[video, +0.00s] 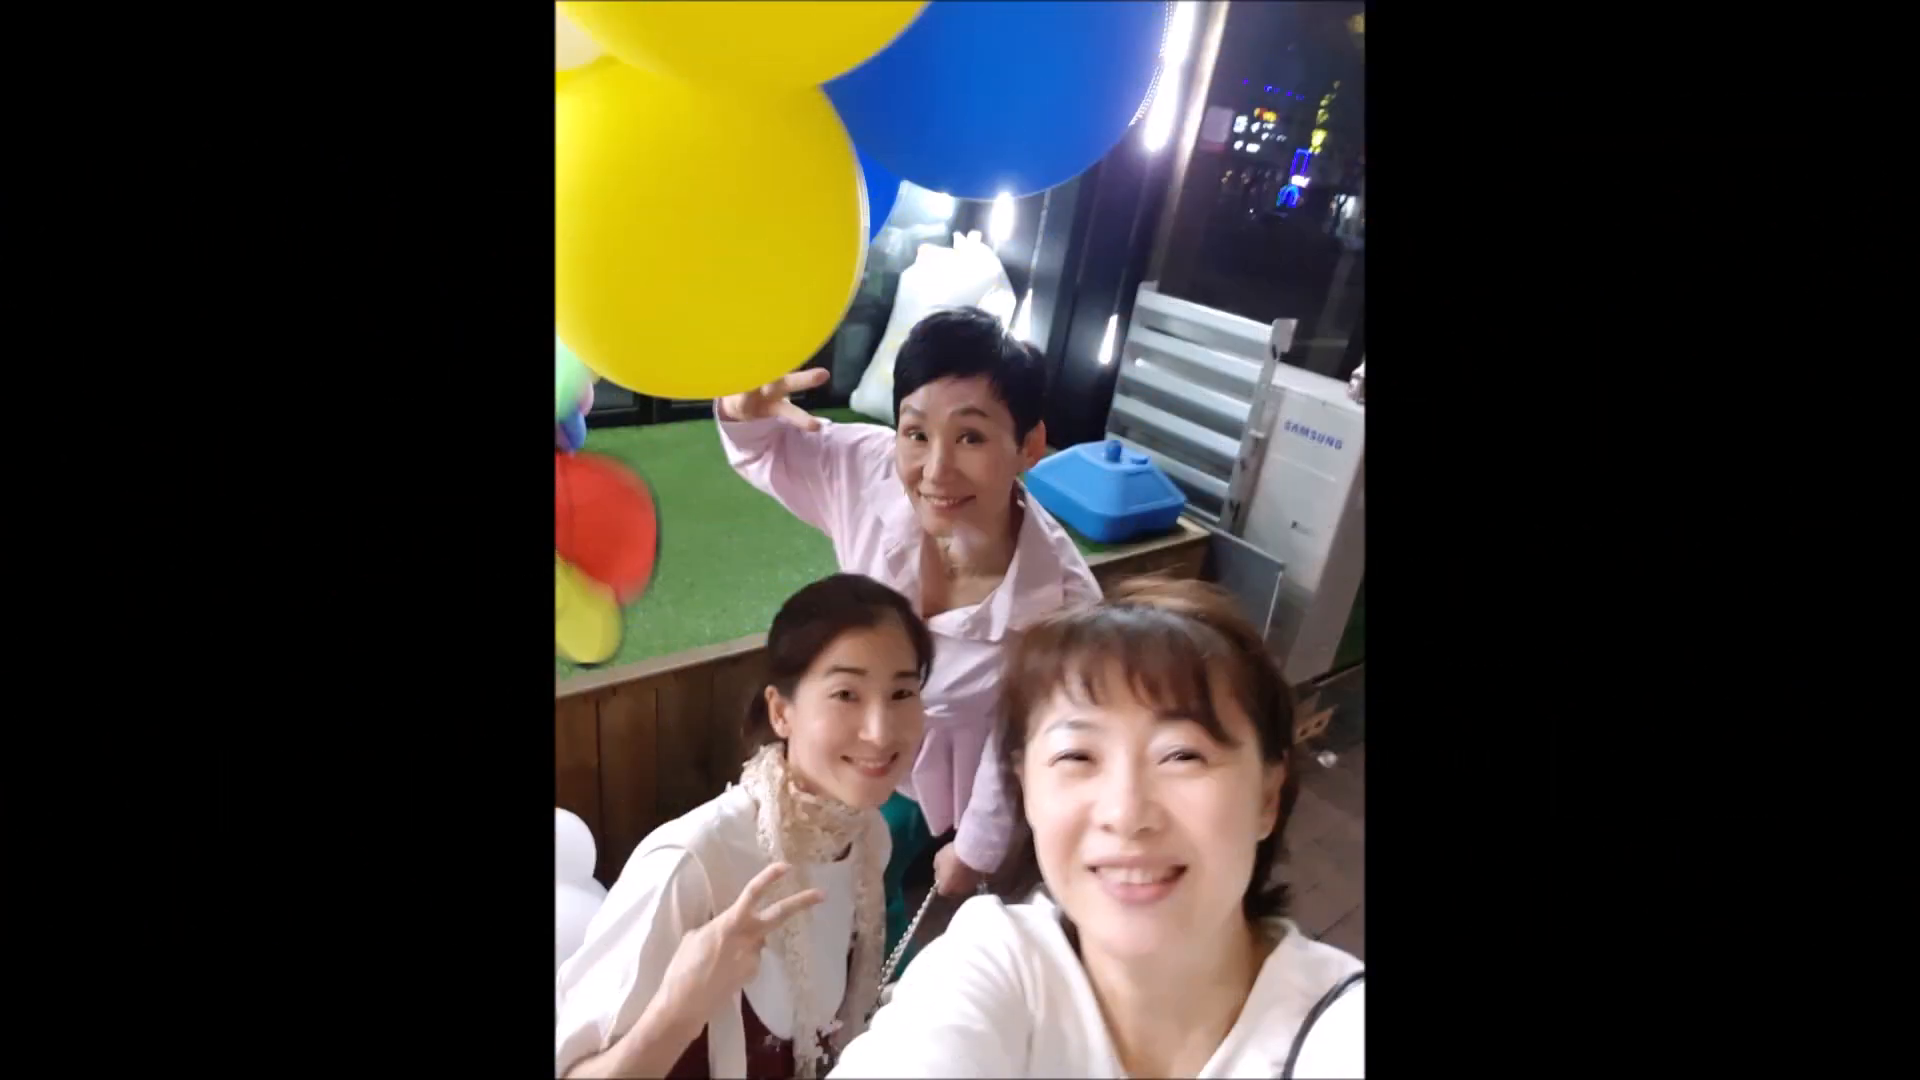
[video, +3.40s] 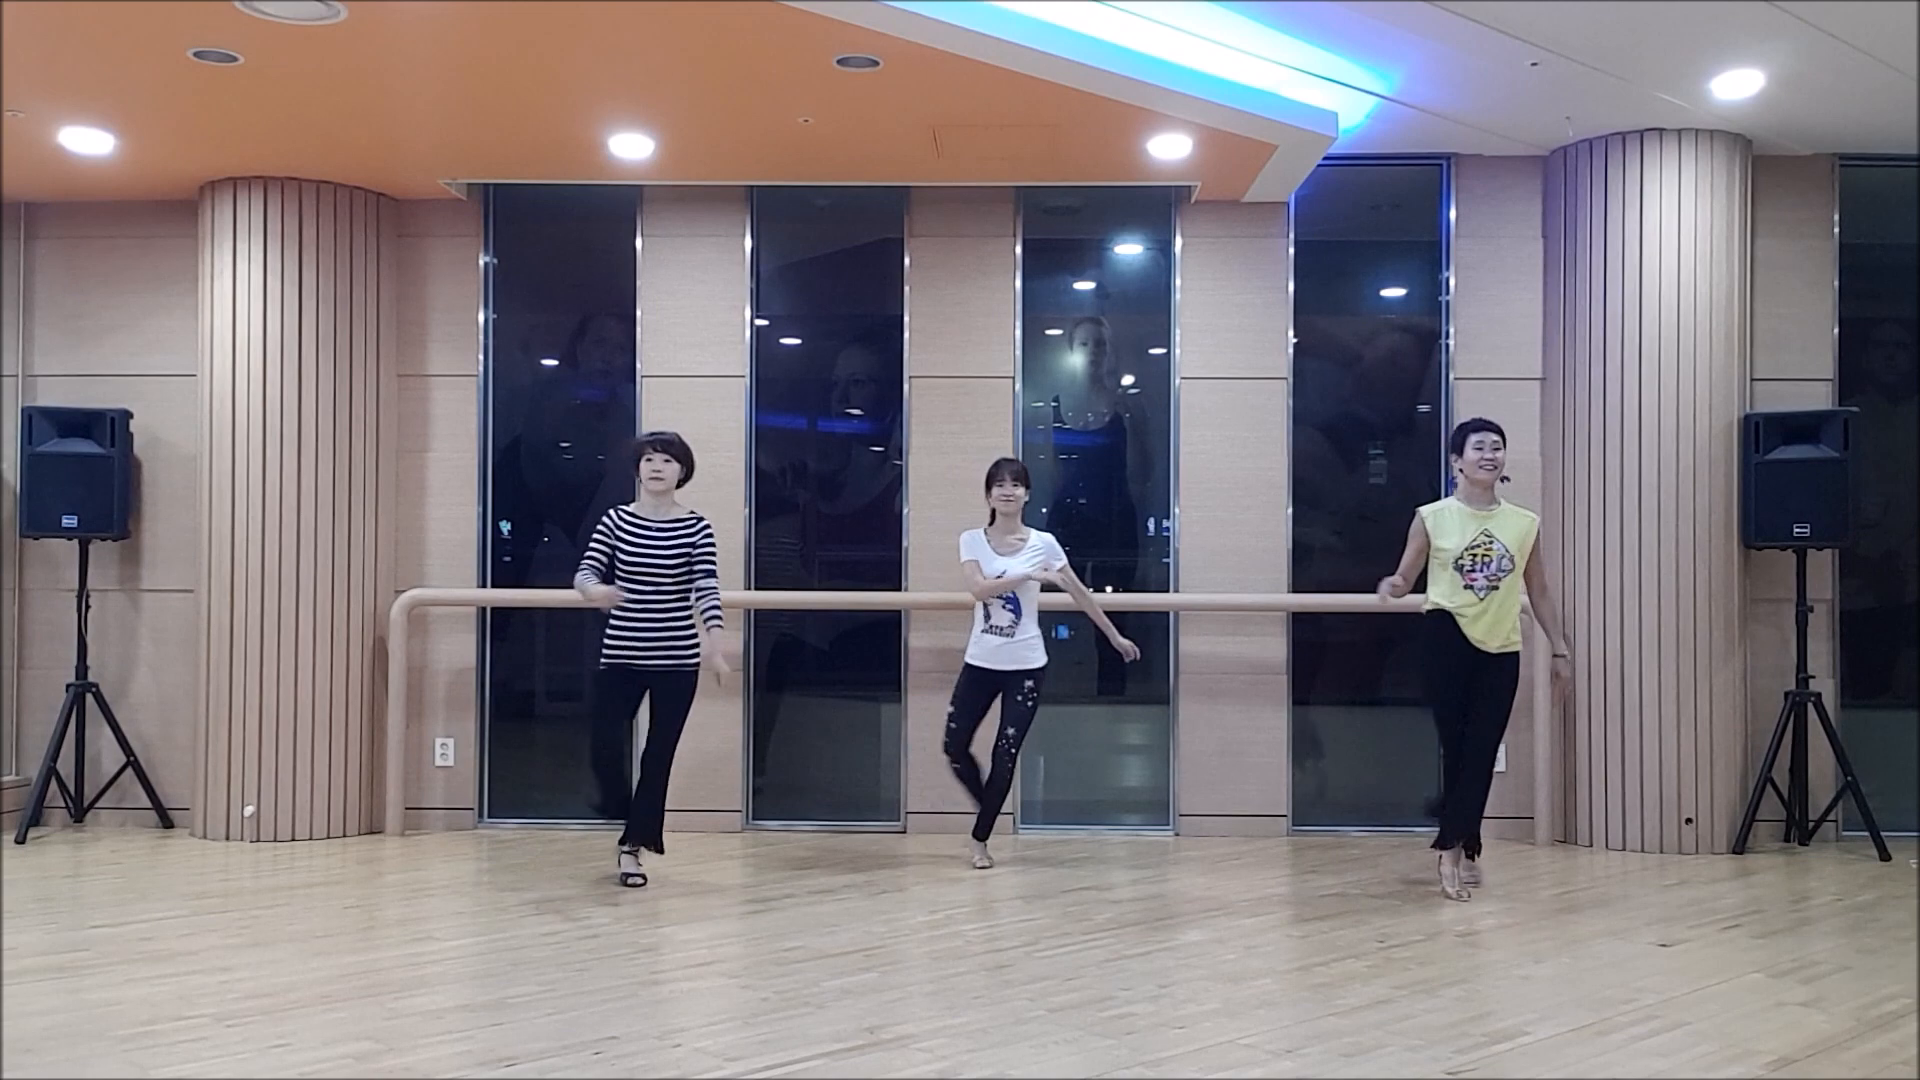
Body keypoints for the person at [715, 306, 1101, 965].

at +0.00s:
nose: (937, 469)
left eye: (971, 438)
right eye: (917, 435)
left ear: (1030, 448)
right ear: (895, 433)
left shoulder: (1058, 603)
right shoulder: (868, 469)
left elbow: (1024, 755)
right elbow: (771, 446)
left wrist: (974, 855)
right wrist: (749, 411)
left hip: (950, 817)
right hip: (844, 772)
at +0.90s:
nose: (937, 468)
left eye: (972, 438)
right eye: (917, 435)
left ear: (1030, 450)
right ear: (896, 434)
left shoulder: (1062, 608)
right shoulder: (866, 469)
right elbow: (762, 442)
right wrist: (749, 405)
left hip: (970, 834)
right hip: (832, 801)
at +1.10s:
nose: (943, 489)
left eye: (952, 482)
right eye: (935, 483)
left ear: (965, 490)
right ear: (923, 492)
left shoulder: (984, 546)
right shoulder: (904, 546)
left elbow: (1013, 608)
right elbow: (892, 602)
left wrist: (1033, 668)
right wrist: (886, 646)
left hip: (968, 675)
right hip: (917, 675)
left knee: (949, 767)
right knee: (909, 773)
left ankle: (963, 857)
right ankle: (939, 865)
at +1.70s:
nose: (961, 491)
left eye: (969, 484)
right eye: (953, 485)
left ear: (981, 491)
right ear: (941, 493)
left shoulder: (1001, 540)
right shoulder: (926, 546)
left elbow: (1031, 596)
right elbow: (915, 601)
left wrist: (1014, 621)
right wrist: (906, 638)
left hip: (999, 661)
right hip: (951, 659)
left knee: (994, 749)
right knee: (975, 736)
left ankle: (982, 839)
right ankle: (960, 824)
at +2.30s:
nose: (972, 490)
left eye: (979, 482)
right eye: (963, 484)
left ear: (991, 489)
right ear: (952, 492)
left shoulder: (1012, 539)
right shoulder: (939, 543)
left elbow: (1048, 590)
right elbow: (938, 604)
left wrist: (1072, 634)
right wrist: (955, 604)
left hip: (994, 663)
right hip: (946, 659)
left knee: (988, 754)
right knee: (928, 743)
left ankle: (978, 841)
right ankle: (894, 819)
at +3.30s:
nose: (995, 490)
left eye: (1002, 484)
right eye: (987, 484)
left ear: (1015, 492)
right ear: (976, 492)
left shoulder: (1031, 541)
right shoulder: (961, 540)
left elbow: (1069, 592)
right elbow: (957, 595)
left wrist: (1105, 636)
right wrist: (989, 578)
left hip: (1015, 662)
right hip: (968, 658)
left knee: (998, 754)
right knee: (929, 744)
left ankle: (978, 840)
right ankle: (909, 822)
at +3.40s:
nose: (1007, 491)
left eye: (1015, 484)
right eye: (999, 485)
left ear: (1026, 492)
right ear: (988, 493)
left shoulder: (1043, 543)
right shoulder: (972, 539)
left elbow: (1079, 592)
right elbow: (980, 589)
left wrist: (1115, 637)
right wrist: (1028, 575)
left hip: (1026, 663)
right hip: (981, 660)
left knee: (1004, 754)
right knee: (954, 747)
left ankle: (980, 841)